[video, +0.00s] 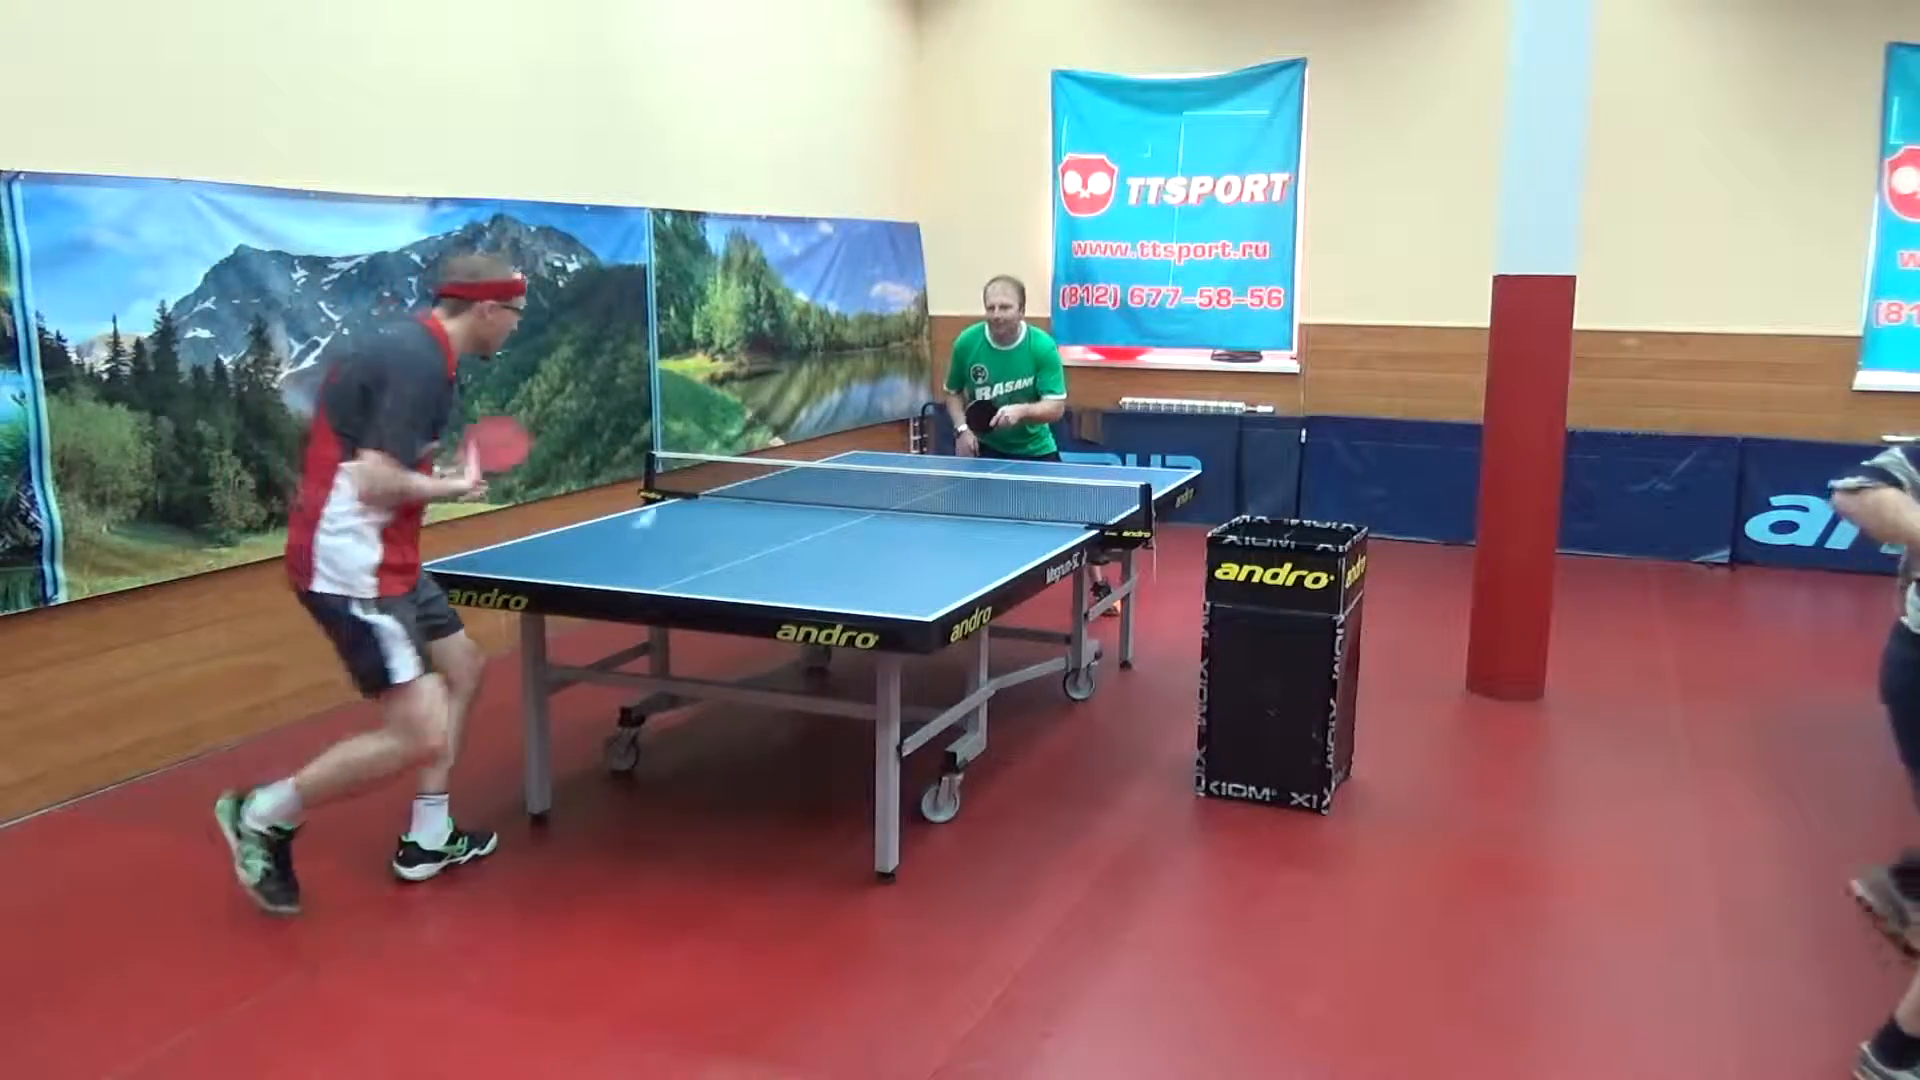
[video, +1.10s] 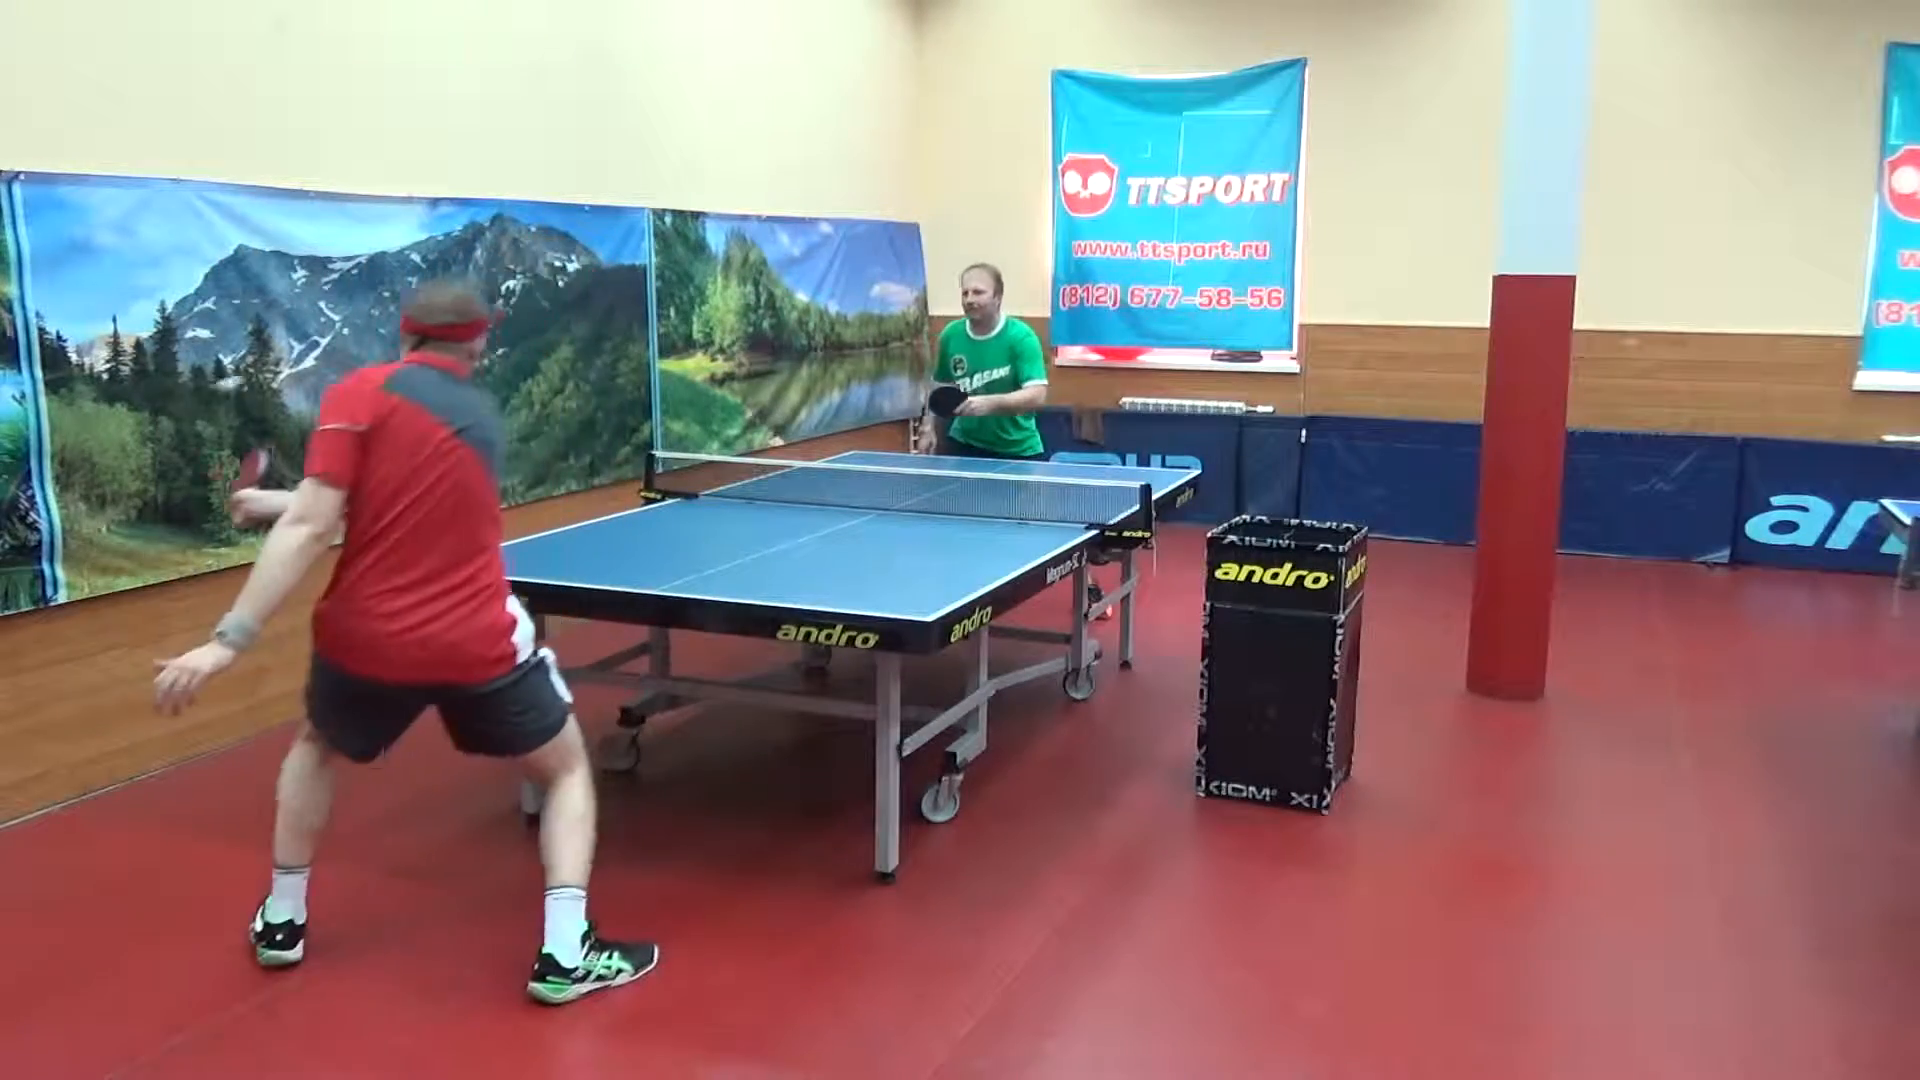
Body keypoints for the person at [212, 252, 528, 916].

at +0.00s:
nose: (514, 325)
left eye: (515, 313)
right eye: (510, 312)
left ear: (468, 306)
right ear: (478, 309)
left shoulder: (422, 353)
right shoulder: (415, 360)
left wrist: (442, 469)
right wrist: (457, 483)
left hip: (386, 562)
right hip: (346, 572)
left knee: (463, 665)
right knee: (419, 731)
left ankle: (429, 835)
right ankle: (260, 814)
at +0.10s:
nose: (528, 328)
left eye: (529, 316)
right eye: (526, 315)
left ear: (465, 304)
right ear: (502, 312)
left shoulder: (396, 351)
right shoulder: (452, 369)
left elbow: (362, 470)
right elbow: (428, 493)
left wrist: (450, 471)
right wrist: (490, 480)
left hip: (356, 564)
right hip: (384, 570)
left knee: (463, 697)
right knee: (483, 726)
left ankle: (430, 841)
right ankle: (335, 874)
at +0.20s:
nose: (544, 328)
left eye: (545, 315)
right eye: (544, 315)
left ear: (479, 302)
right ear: (523, 313)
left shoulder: (405, 353)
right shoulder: (479, 367)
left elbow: (367, 467)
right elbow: (462, 498)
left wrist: (470, 477)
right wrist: (508, 486)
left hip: (365, 566)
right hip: (417, 570)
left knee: (457, 686)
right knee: (524, 729)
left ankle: (430, 839)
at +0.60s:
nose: (599, 303)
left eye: (600, 290)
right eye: (602, 290)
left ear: (525, 273)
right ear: (589, 283)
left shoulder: (441, 330)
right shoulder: (561, 349)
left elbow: (384, 459)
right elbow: (586, 490)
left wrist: (420, 522)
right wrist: (619, 491)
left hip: (416, 578)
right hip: (512, 584)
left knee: (419, 711)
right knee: (589, 747)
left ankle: (360, 887)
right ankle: (564, 951)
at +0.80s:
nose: (590, 311)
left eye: (588, 301)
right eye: (590, 301)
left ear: (511, 287)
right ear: (581, 299)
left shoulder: (432, 348)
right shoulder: (580, 375)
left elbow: (382, 481)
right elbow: (594, 515)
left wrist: (371, 558)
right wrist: (519, 504)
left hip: (415, 598)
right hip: (523, 605)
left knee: (397, 739)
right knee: (618, 749)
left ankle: (342, 915)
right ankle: (566, 949)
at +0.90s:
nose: (567, 329)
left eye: (566, 317)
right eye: (569, 317)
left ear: (490, 298)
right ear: (560, 314)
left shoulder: (418, 359)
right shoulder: (558, 395)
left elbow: (373, 500)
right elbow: (517, 507)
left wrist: (313, 614)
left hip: (408, 609)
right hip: (521, 618)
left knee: (392, 734)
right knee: (615, 754)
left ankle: (349, 910)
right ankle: (567, 951)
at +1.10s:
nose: (485, 352)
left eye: (480, 342)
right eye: (485, 342)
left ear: (407, 334)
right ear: (476, 343)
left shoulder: (355, 395)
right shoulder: (482, 412)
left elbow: (314, 525)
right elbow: (399, 488)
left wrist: (225, 643)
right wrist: (281, 502)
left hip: (366, 645)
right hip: (480, 643)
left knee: (317, 745)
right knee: (563, 769)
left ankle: (283, 917)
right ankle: (566, 949)